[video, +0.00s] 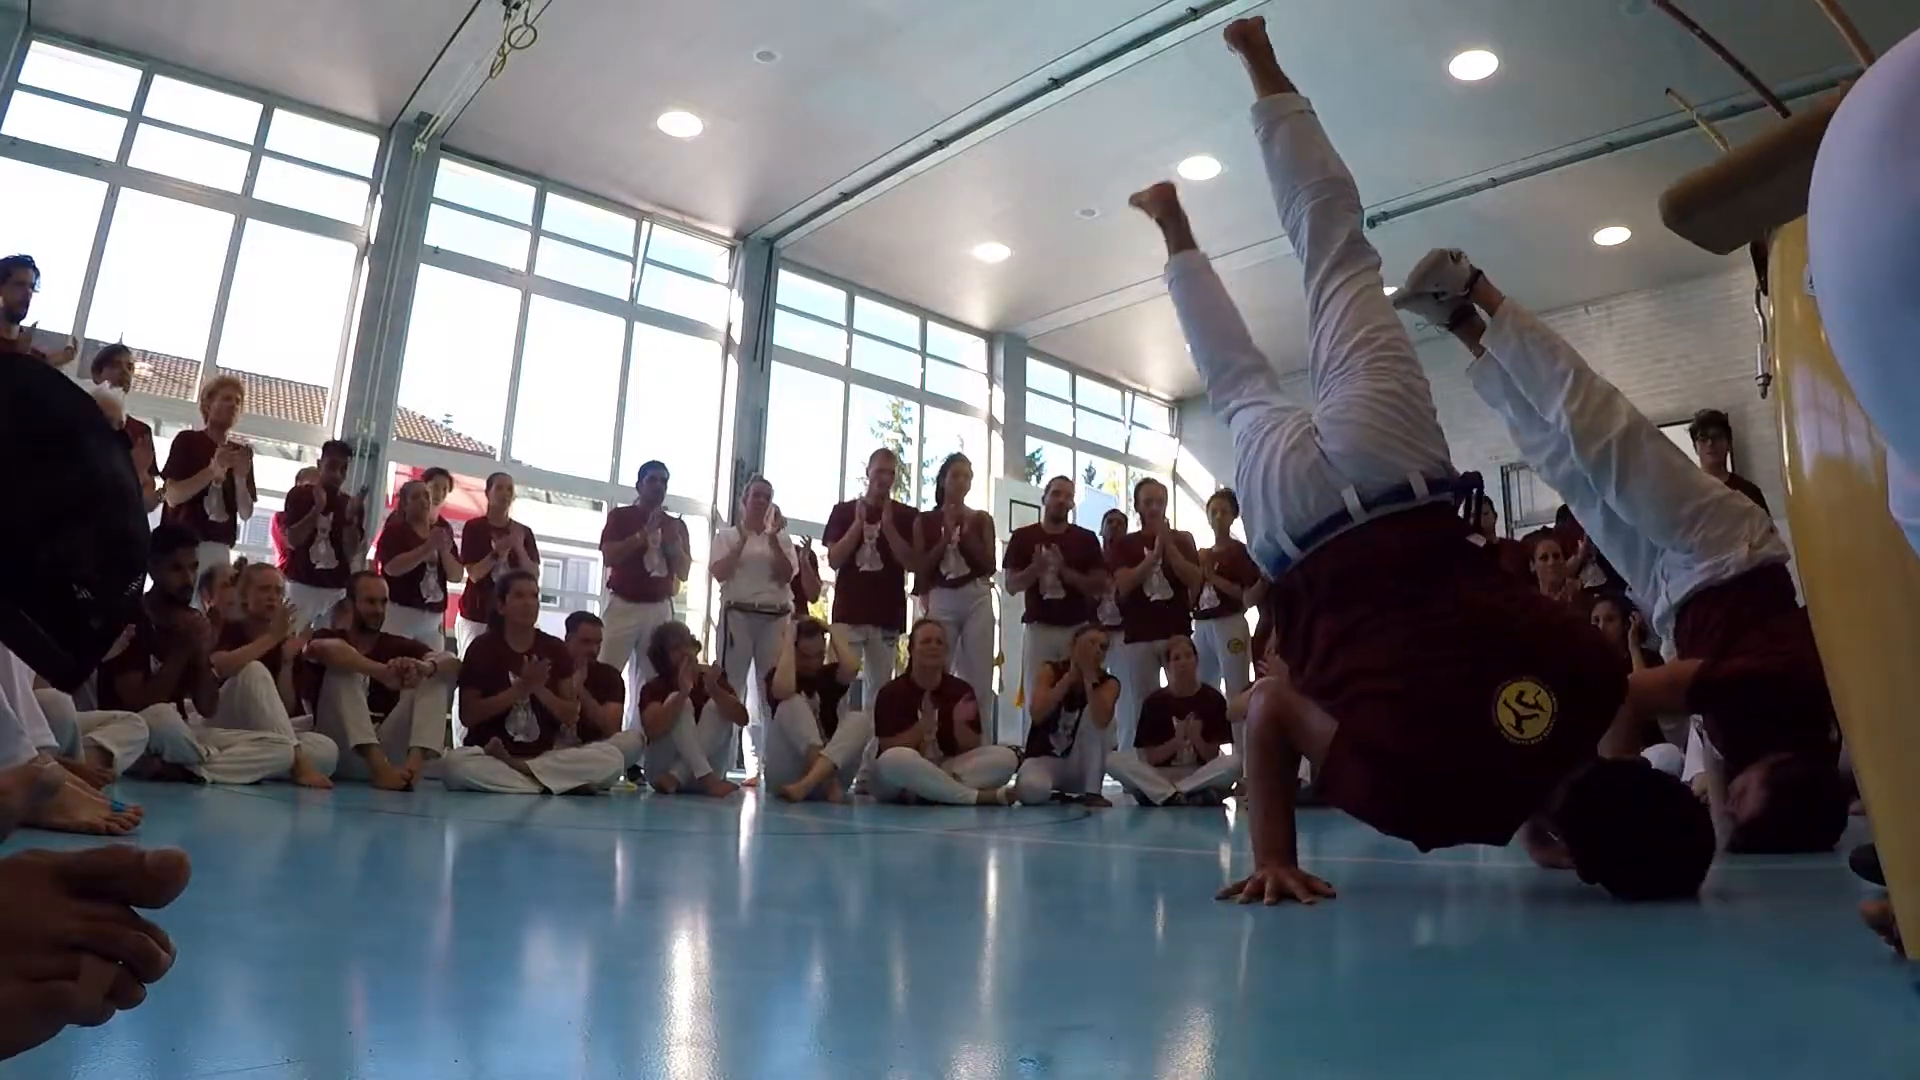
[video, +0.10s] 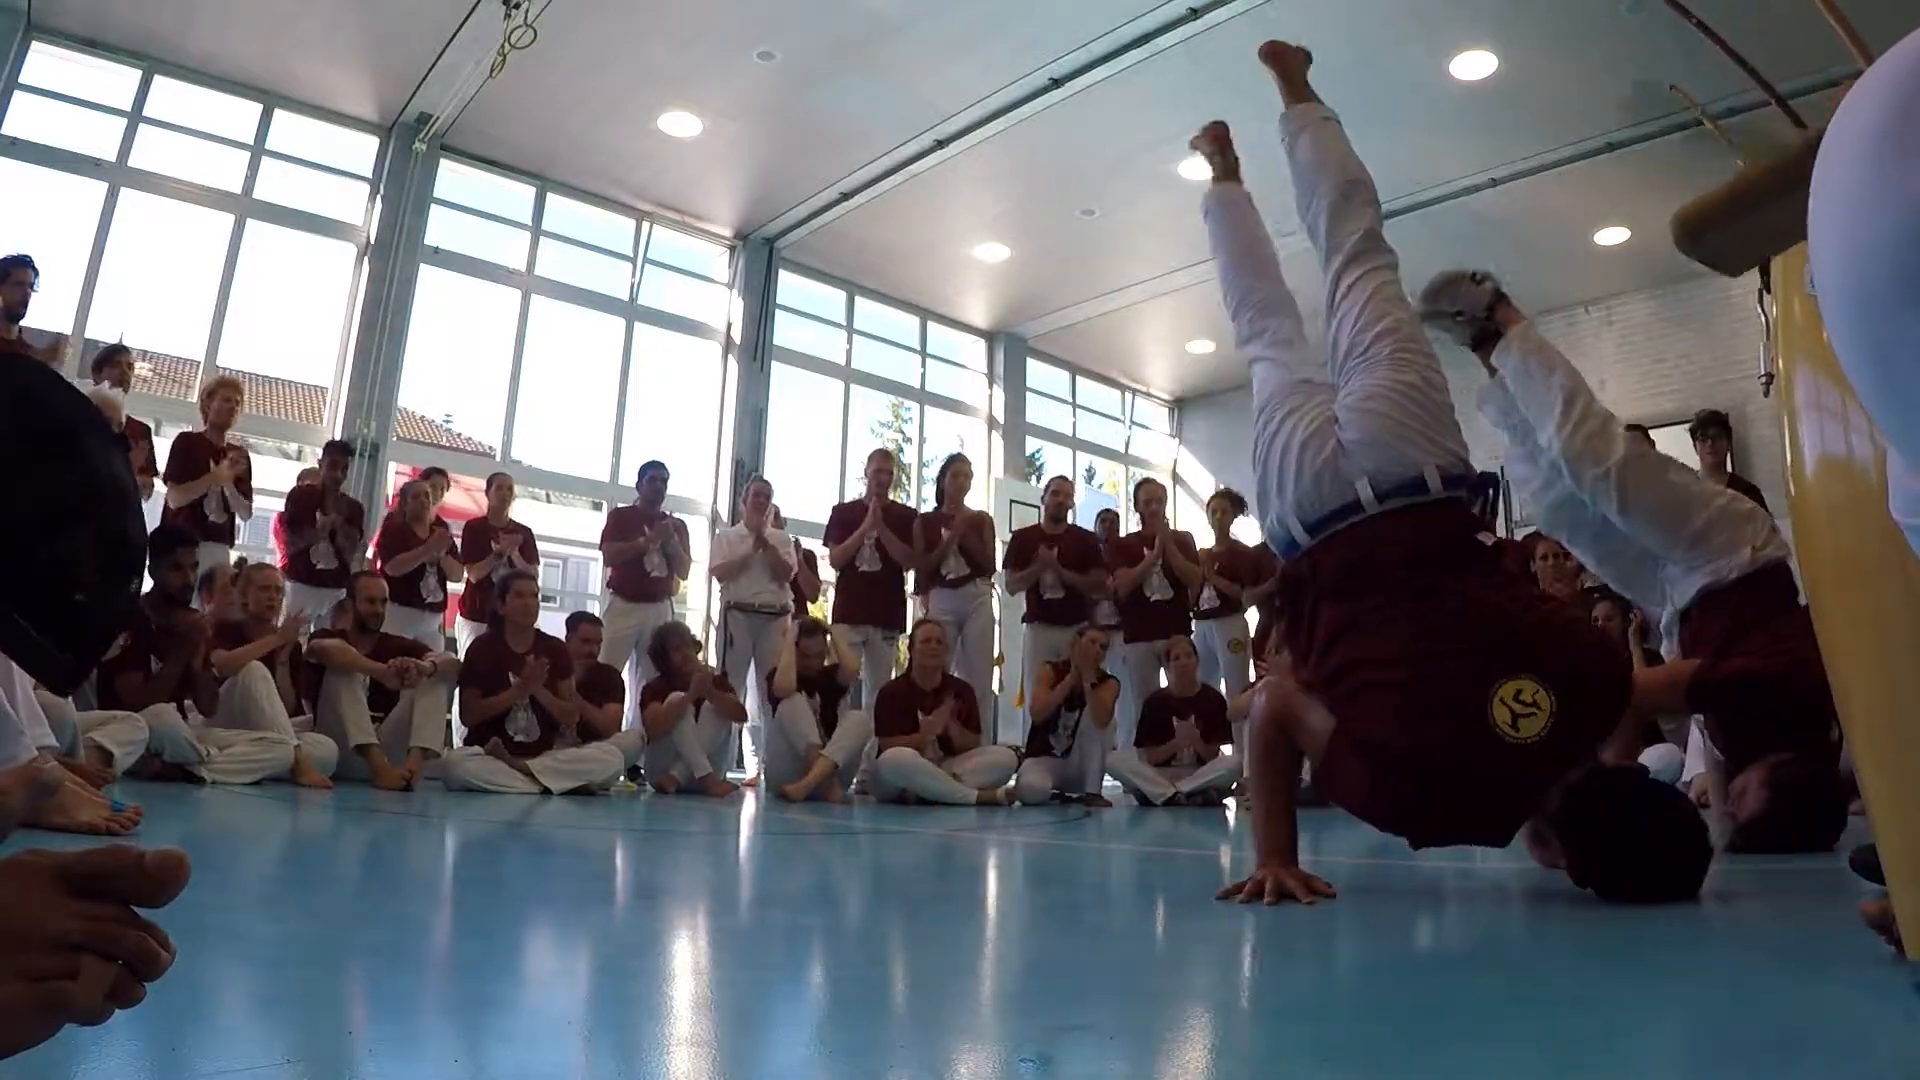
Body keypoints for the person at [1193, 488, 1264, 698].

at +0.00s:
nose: (1218, 517)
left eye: (1224, 511)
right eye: (1213, 512)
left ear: (1234, 515)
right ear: (1207, 516)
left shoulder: (1241, 551)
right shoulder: (1202, 555)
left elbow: (1249, 595)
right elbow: (1192, 599)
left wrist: (1213, 578)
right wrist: (1200, 572)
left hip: (1231, 621)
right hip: (1202, 623)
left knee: (1236, 693)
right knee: (1205, 692)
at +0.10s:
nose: (1218, 517)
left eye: (1224, 511)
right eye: (1213, 511)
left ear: (1234, 515)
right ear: (1207, 515)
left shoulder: (1244, 553)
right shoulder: (1201, 555)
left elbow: (1246, 595)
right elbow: (1191, 599)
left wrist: (1213, 577)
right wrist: (1199, 574)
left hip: (1231, 622)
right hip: (1202, 624)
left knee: (1237, 694)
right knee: (1204, 693)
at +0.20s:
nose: (1218, 517)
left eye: (1224, 511)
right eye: (1213, 512)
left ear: (1234, 516)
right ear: (1207, 516)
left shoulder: (1244, 553)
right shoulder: (1201, 556)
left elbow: (1246, 596)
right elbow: (1191, 600)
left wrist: (1213, 577)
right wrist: (1199, 576)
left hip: (1230, 622)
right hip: (1202, 625)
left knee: (1236, 692)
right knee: (1204, 692)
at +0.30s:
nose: (1218, 517)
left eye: (1224, 511)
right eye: (1213, 512)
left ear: (1234, 515)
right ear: (1207, 516)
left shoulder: (1244, 553)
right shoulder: (1202, 555)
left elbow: (1247, 597)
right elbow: (1191, 600)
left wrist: (1214, 578)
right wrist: (1201, 575)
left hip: (1231, 622)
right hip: (1201, 624)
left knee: (1236, 693)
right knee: (1204, 692)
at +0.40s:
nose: (1218, 517)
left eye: (1224, 512)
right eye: (1213, 512)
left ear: (1234, 516)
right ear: (1207, 516)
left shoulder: (1244, 553)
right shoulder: (1201, 556)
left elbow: (1244, 598)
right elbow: (1190, 600)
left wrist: (1213, 578)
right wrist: (1202, 573)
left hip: (1231, 621)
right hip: (1202, 623)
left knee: (1235, 690)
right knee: (1204, 689)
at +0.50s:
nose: (1218, 517)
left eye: (1224, 512)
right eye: (1213, 512)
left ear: (1234, 516)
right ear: (1207, 516)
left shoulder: (1244, 553)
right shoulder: (1201, 556)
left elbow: (1245, 596)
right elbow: (1191, 600)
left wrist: (1213, 577)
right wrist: (1201, 574)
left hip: (1229, 621)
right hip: (1202, 623)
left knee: (1235, 688)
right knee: (1204, 688)